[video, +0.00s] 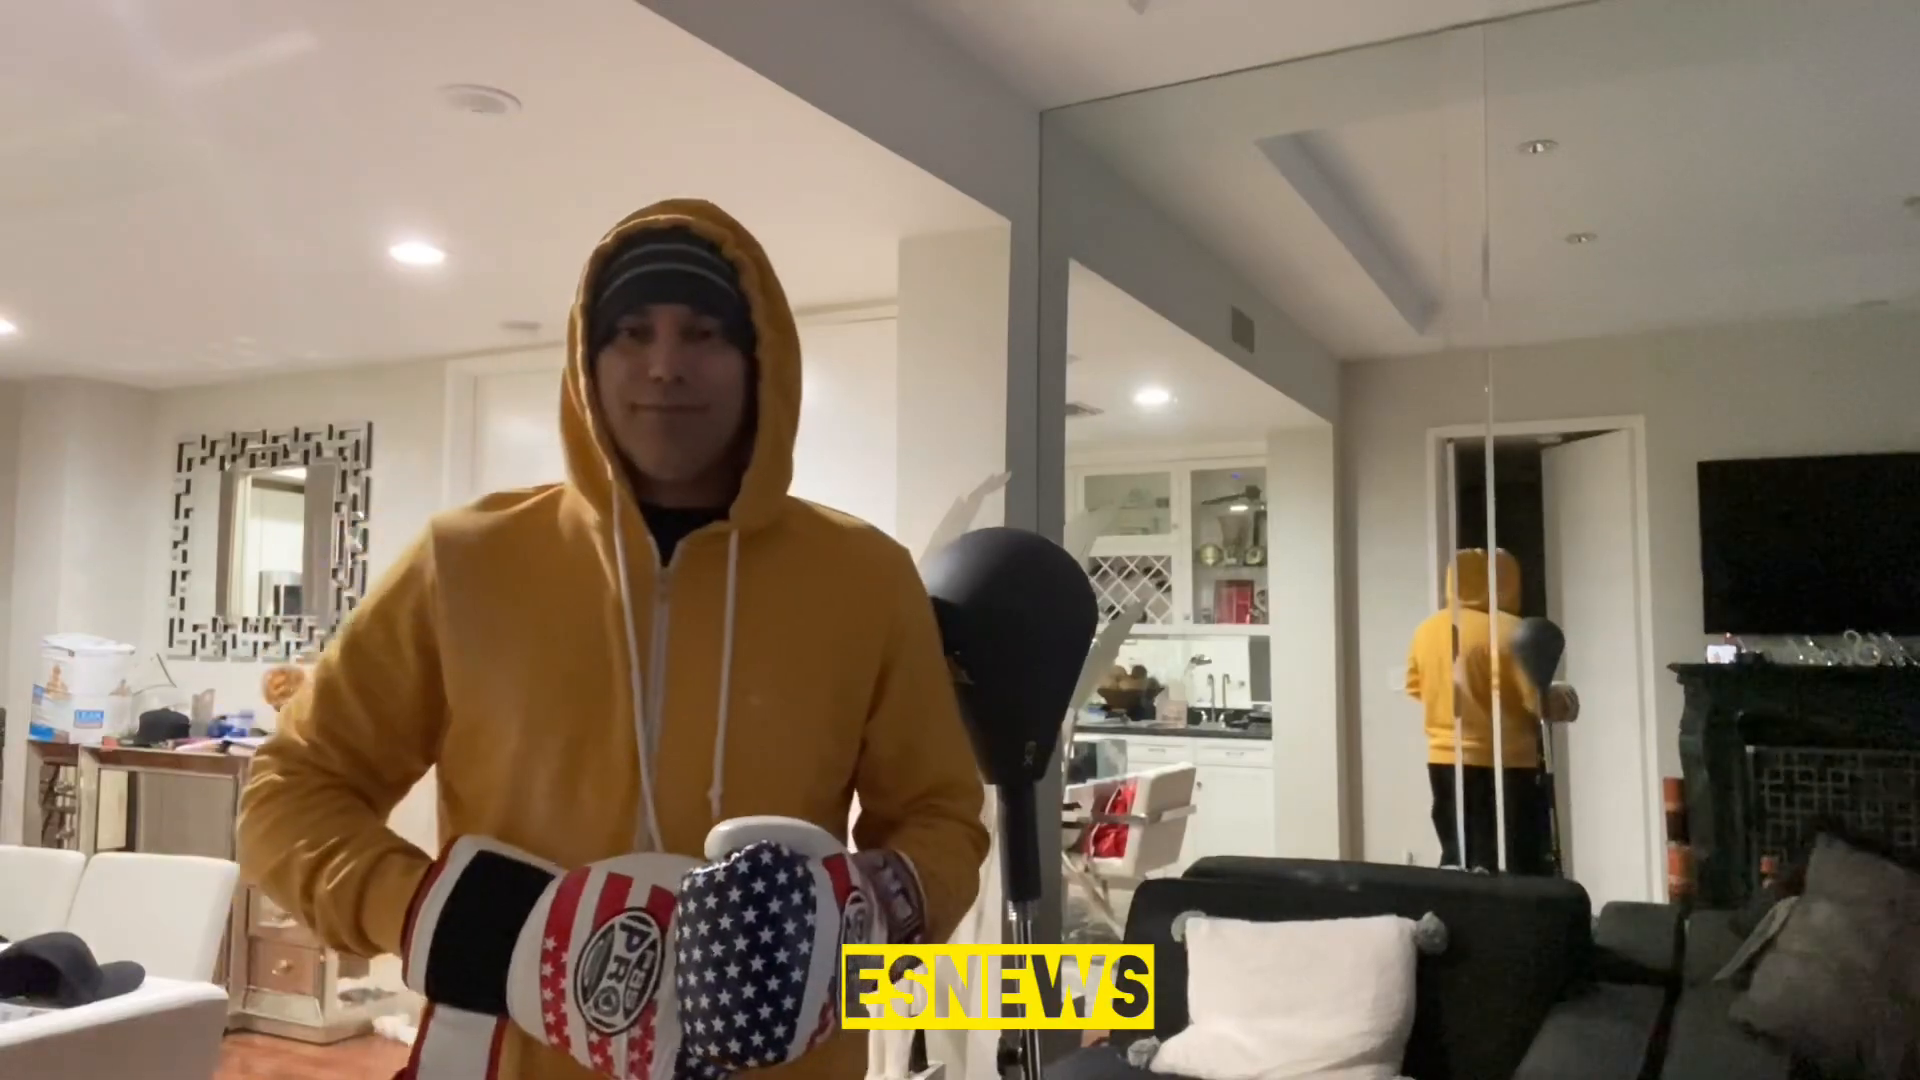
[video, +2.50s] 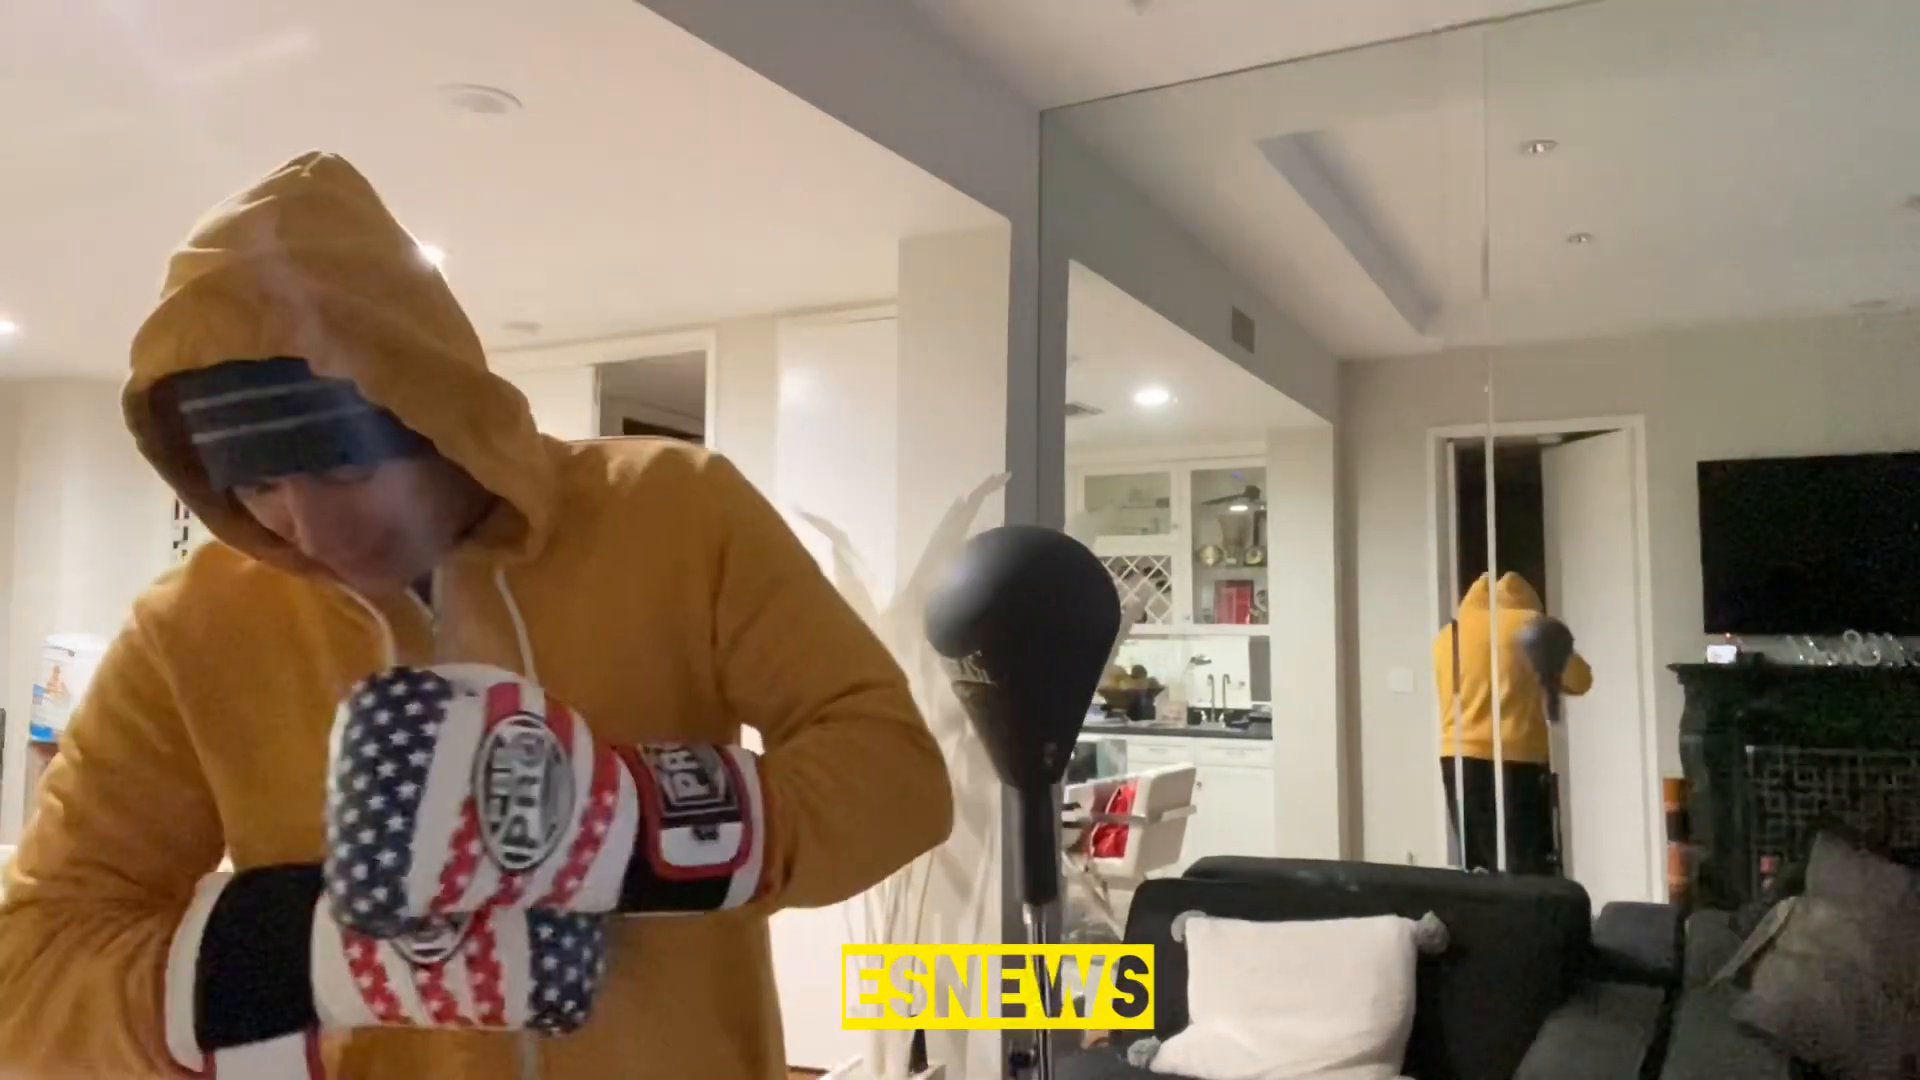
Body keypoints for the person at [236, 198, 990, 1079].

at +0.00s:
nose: (666, 365)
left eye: (705, 332)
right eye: (633, 333)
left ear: (758, 365)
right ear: (589, 368)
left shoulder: (864, 582)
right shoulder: (466, 567)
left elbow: (941, 820)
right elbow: (289, 796)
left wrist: (863, 904)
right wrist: (475, 925)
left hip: (779, 1062)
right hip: (519, 1054)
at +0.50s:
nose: (691, 363)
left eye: (731, 330)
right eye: (657, 331)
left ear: (783, 365)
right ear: (613, 365)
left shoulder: (886, 578)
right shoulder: (488, 561)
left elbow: (974, 819)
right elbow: (294, 782)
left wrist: (875, 902)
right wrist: (489, 917)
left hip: (800, 1062)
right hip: (542, 1056)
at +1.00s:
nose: (713, 357)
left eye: (751, 330)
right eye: (680, 329)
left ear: (801, 367)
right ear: (634, 365)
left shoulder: (902, 574)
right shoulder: (514, 563)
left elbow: (1010, 819)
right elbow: (293, 768)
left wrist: (889, 852)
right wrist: (557, 871)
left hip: (825, 1063)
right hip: (567, 1061)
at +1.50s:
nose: (722, 387)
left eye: (759, 354)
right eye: (692, 355)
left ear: (814, 379)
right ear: (650, 384)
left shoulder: (922, 584)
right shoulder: (538, 578)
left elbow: (1052, 842)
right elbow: (340, 809)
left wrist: (878, 787)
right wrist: (587, 840)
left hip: (851, 1057)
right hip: (604, 1062)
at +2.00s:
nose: (554, 483)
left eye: (593, 432)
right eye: (513, 438)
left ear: (676, 411)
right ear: (477, 441)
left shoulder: (834, 567)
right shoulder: (403, 589)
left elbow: (992, 822)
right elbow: (187, 844)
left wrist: (788, 806)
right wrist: (506, 846)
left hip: (784, 1062)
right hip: (502, 1063)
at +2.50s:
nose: (299, 525)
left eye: (330, 456)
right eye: (250, 486)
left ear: (435, 404)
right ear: (212, 486)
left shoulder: (679, 519)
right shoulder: (188, 641)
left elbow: (896, 774)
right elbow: (32, 978)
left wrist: (632, 816)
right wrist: (322, 958)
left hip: (687, 1064)